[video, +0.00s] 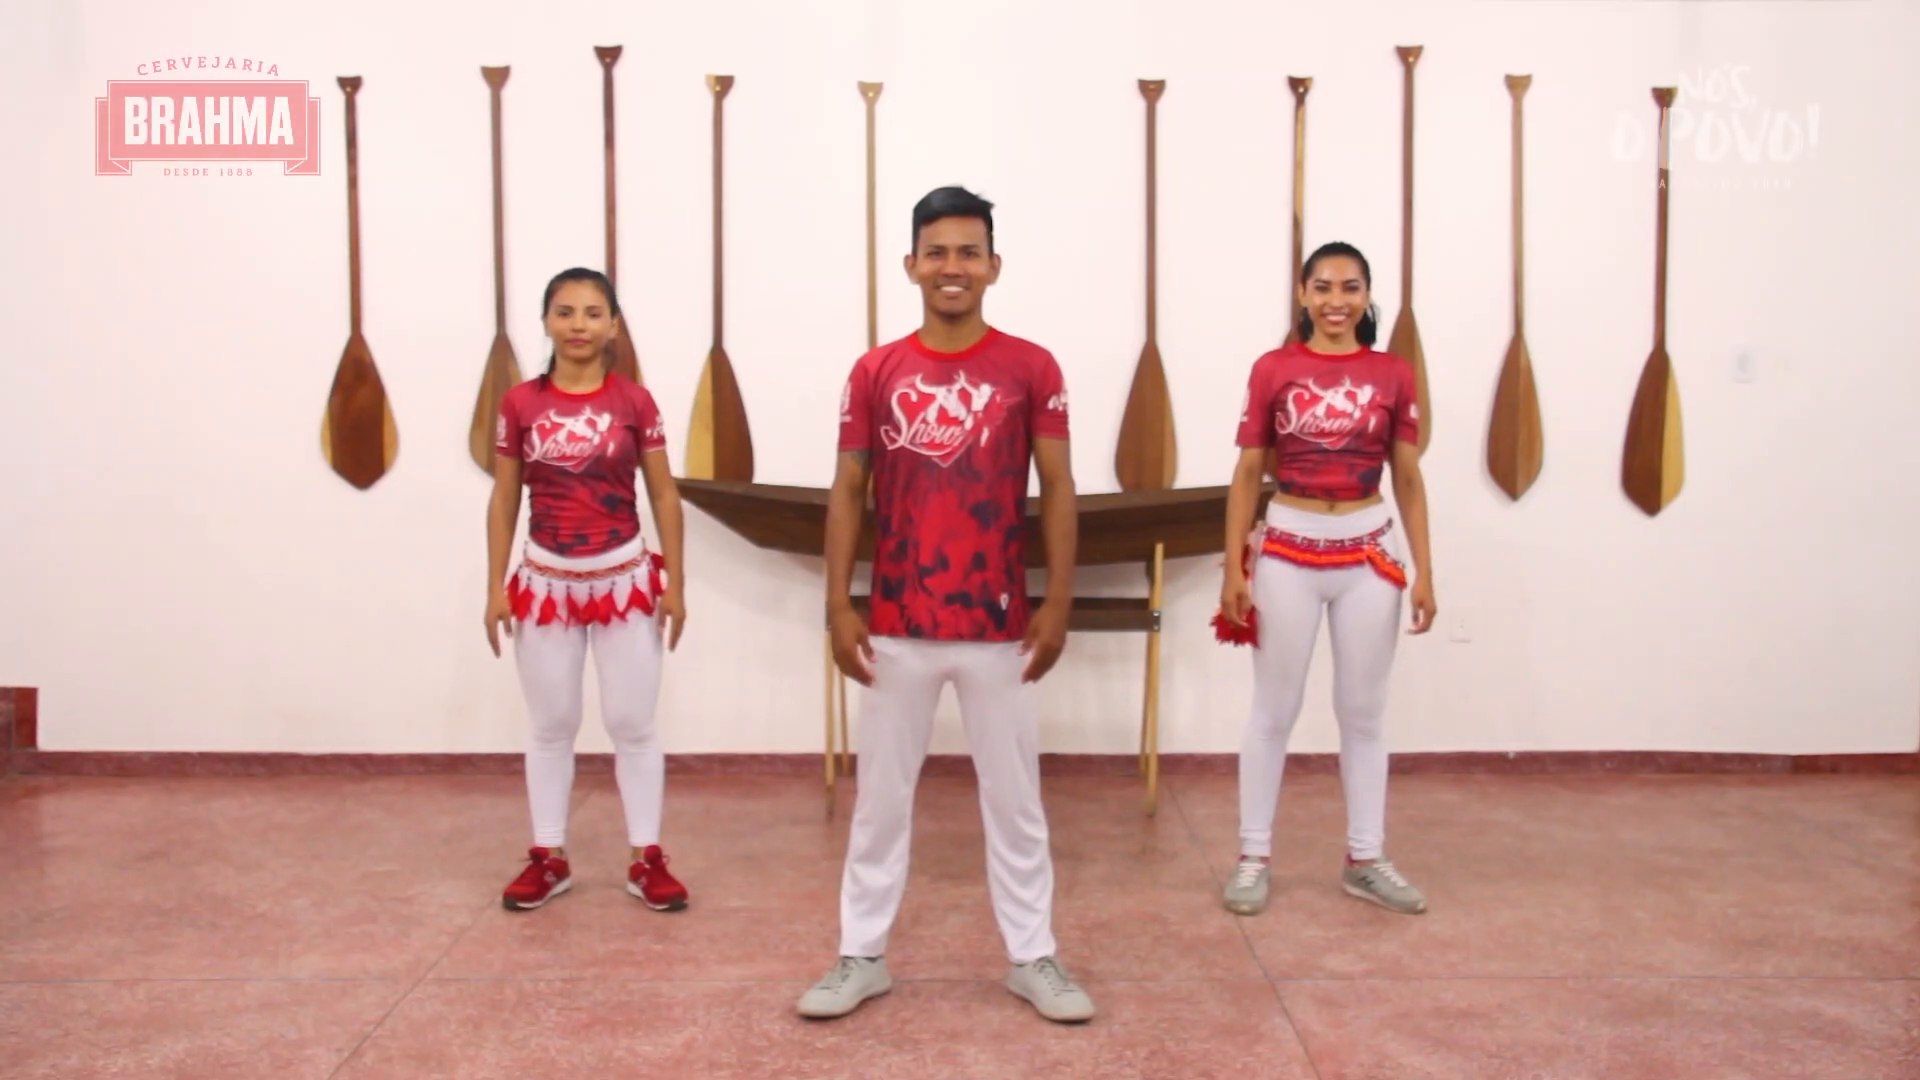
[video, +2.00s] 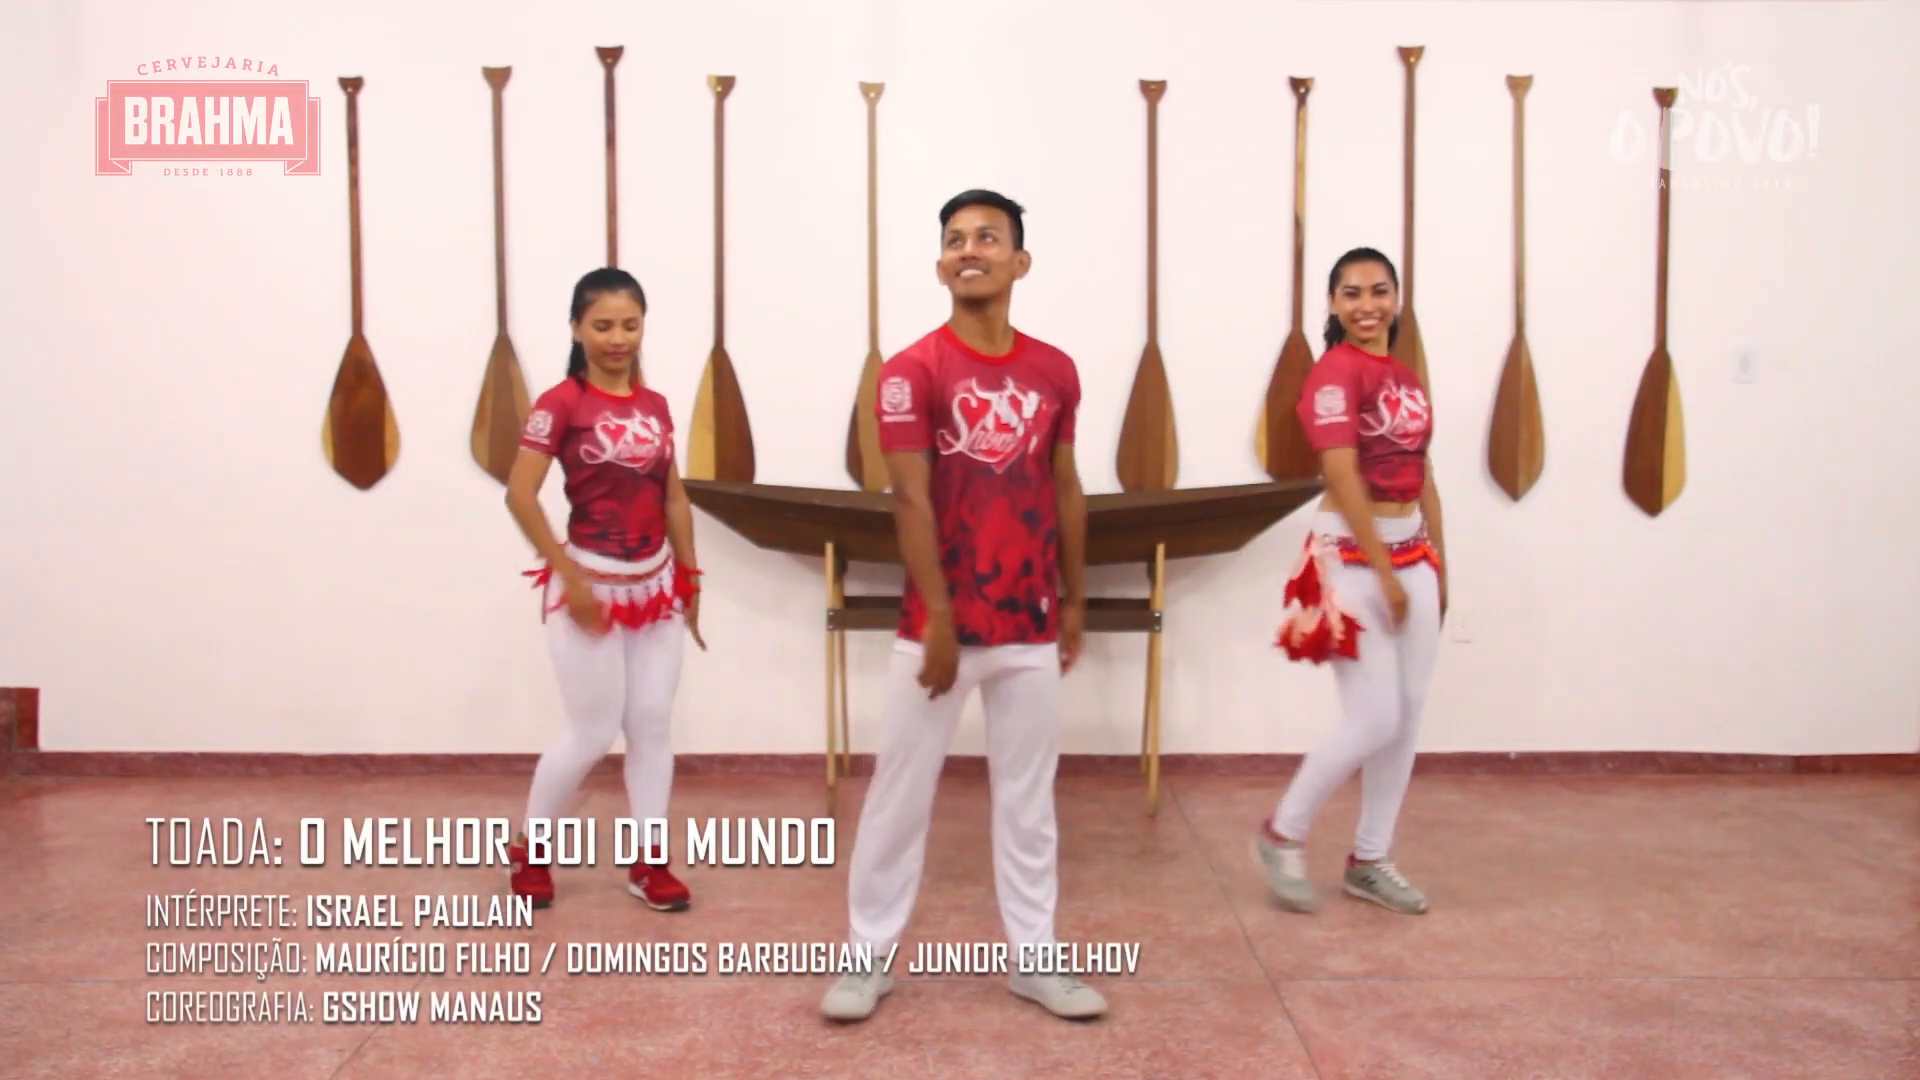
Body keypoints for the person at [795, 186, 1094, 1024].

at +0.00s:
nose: (953, 267)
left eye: (969, 252)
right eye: (937, 253)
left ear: (992, 264)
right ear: (913, 265)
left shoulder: (1031, 368)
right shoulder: (875, 372)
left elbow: (1058, 488)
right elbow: (847, 492)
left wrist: (1059, 601)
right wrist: (838, 604)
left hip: (998, 624)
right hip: (898, 623)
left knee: (1015, 799)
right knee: (881, 795)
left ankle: (1033, 955)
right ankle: (862, 953)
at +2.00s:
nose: (969, 249)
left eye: (987, 237)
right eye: (956, 239)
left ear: (1020, 261)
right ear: (939, 264)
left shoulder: (1054, 371)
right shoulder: (912, 371)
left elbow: (1064, 486)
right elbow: (911, 499)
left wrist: (1074, 600)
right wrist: (939, 618)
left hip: (1028, 626)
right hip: (937, 625)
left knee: (1028, 800)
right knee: (898, 797)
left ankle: (1034, 954)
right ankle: (868, 951)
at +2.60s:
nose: (942, 254)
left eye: (961, 240)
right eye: (931, 243)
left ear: (999, 261)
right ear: (918, 263)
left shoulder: (1031, 345)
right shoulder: (895, 350)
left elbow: (1110, 267)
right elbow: (846, 276)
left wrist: (1177, 173)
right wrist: (835, 155)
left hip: (1016, 625)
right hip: (921, 627)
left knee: (1025, 807)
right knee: (873, 812)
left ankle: (1035, 957)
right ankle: (823, 989)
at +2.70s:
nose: (922, 254)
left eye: (943, 242)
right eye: (912, 243)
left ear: (981, 265)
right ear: (899, 261)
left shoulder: (1006, 348)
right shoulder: (869, 349)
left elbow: (1077, 249)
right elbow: (803, 270)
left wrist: (1120, 138)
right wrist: (757, 163)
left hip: (994, 627)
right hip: (896, 630)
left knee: (1014, 805)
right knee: (850, 817)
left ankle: (1033, 956)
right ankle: (816, 998)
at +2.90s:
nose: (879, 241)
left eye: (901, 230)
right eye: (871, 228)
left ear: (942, 256)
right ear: (856, 249)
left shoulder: (960, 342)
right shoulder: (814, 342)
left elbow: (1017, 240)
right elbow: (718, 273)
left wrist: (1022, 118)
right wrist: (626, 197)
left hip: (939, 628)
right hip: (836, 630)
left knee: (996, 800)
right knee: (806, 824)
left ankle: (1043, 955)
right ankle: (811, 1002)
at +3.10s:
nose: (854, 241)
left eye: (874, 230)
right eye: (843, 226)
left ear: (909, 250)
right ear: (824, 242)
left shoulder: (928, 343)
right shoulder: (773, 338)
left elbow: (985, 245)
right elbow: (642, 287)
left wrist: (940, 136)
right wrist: (525, 234)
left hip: (892, 631)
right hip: (791, 632)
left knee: (950, 808)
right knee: (783, 831)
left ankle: (1017, 959)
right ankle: (807, 1005)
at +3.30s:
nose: (839, 249)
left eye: (862, 235)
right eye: (826, 234)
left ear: (895, 255)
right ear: (810, 250)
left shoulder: (918, 352)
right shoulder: (767, 346)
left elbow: (974, 259)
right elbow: (645, 338)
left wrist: (872, 182)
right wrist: (516, 316)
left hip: (866, 641)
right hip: (772, 639)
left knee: (861, 828)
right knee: (780, 837)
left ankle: (886, 992)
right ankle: (803, 1008)